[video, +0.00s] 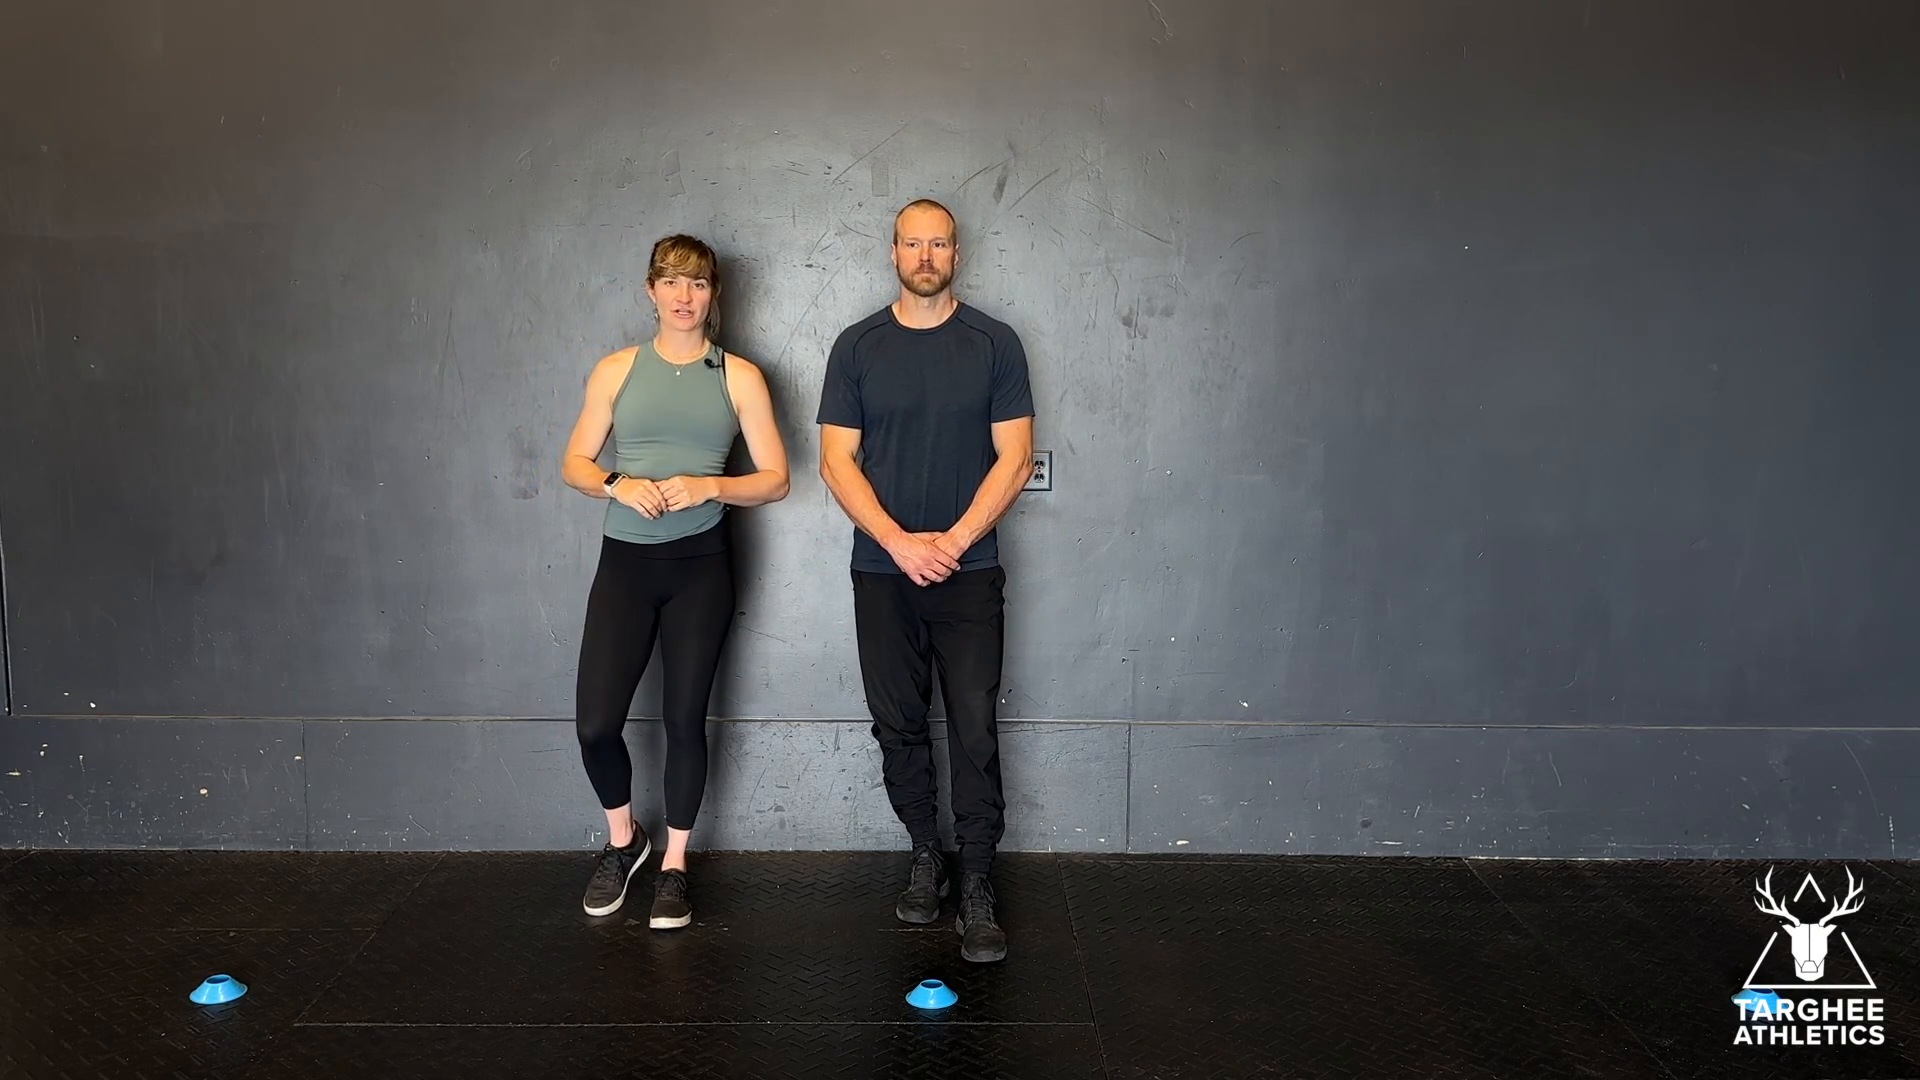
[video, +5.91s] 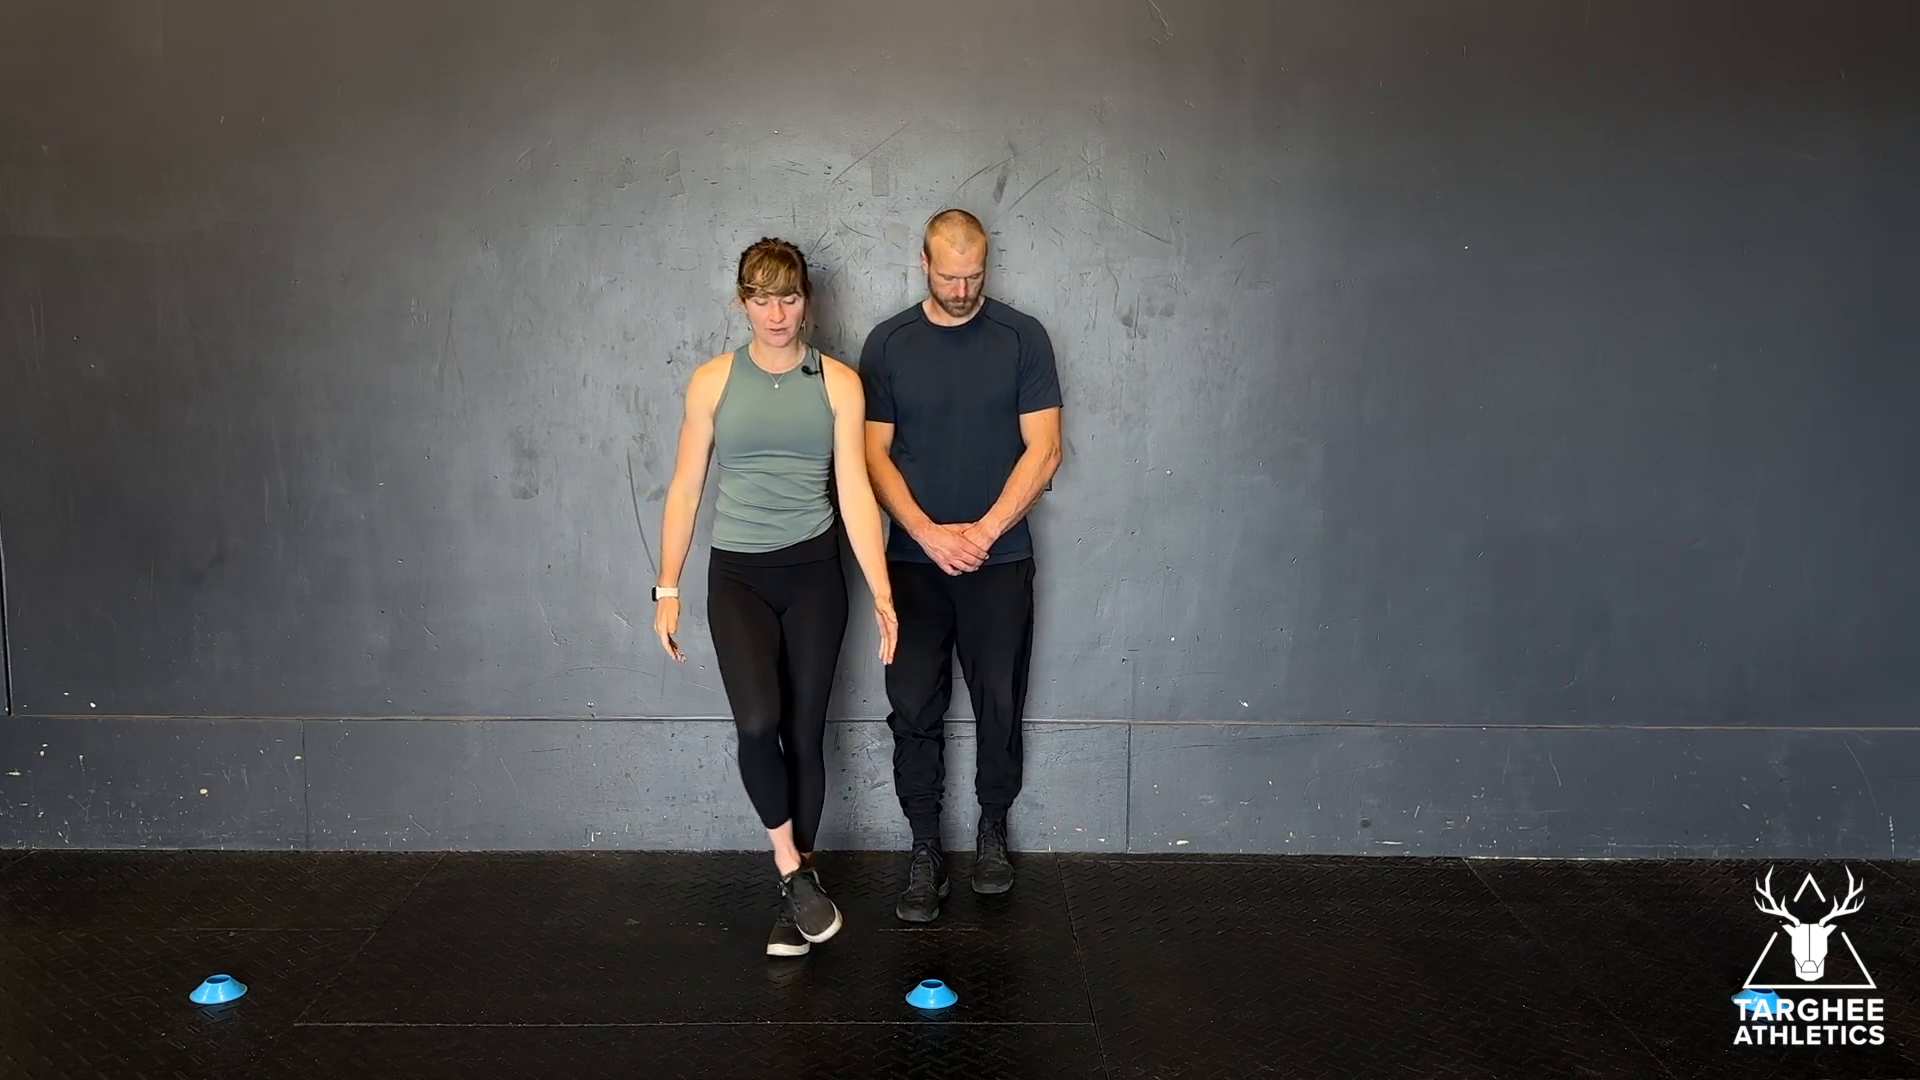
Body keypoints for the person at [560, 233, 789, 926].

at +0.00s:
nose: (684, 294)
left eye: (697, 282)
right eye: (672, 281)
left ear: (711, 293)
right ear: (652, 290)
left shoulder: (739, 377)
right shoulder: (615, 371)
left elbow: (774, 478)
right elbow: (575, 464)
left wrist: (712, 486)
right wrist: (619, 485)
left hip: (701, 564)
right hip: (625, 562)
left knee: (685, 717)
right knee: (595, 723)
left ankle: (675, 866)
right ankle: (623, 838)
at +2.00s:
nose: (672, 321)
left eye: (684, 308)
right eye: (660, 308)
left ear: (702, 304)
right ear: (641, 303)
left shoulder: (734, 375)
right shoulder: (609, 372)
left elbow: (746, 473)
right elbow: (587, 470)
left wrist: (773, 551)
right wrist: (593, 539)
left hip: (704, 563)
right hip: (626, 564)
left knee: (686, 717)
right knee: (605, 722)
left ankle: (675, 867)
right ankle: (635, 846)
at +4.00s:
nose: (667, 314)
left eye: (676, 299)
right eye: (652, 303)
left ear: (691, 299)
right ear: (631, 307)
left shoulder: (726, 375)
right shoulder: (607, 375)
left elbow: (751, 475)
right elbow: (559, 470)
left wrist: (778, 559)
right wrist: (504, 549)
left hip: (700, 561)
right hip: (624, 561)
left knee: (683, 715)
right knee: (596, 716)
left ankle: (674, 868)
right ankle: (634, 848)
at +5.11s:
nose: (690, 311)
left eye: (698, 297)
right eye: (674, 298)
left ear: (708, 300)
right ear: (645, 303)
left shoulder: (735, 378)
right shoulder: (611, 381)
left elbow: (755, 474)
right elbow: (581, 486)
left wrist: (788, 515)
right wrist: (592, 573)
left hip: (718, 568)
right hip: (639, 573)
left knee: (745, 724)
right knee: (639, 724)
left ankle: (780, 882)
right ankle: (636, 872)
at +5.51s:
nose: (747, 313)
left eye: (757, 299)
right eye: (732, 301)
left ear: (771, 302)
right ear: (708, 305)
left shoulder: (803, 380)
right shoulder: (680, 383)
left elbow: (826, 489)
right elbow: (663, 487)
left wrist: (856, 587)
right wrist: (662, 573)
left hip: (791, 570)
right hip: (710, 572)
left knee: (788, 733)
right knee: (675, 739)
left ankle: (795, 889)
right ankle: (660, 861)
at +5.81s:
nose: (773, 311)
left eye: (785, 297)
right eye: (759, 298)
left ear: (800, 300)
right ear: (738, 304)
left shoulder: (833, 381)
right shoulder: (707, 383)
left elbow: (852, 494)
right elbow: (685, 488)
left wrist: (881, 595)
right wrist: (673, 587)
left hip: (815, 574)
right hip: (735, 577)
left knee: (803, 731)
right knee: (735, 730)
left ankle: (796, 889)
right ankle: (764, 853)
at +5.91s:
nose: (776, 308)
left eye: (788, 295)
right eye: (762, 296)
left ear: (805, 301)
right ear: (744, 303)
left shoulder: (839, 383)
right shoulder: (712, 381)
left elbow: (856, 497)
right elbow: (685, 488)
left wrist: (882, 595)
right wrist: (668, 585)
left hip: (818, 573)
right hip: (737, 575)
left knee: (803, 732)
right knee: (758, 724)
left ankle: (792, 885)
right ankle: (794, 872)